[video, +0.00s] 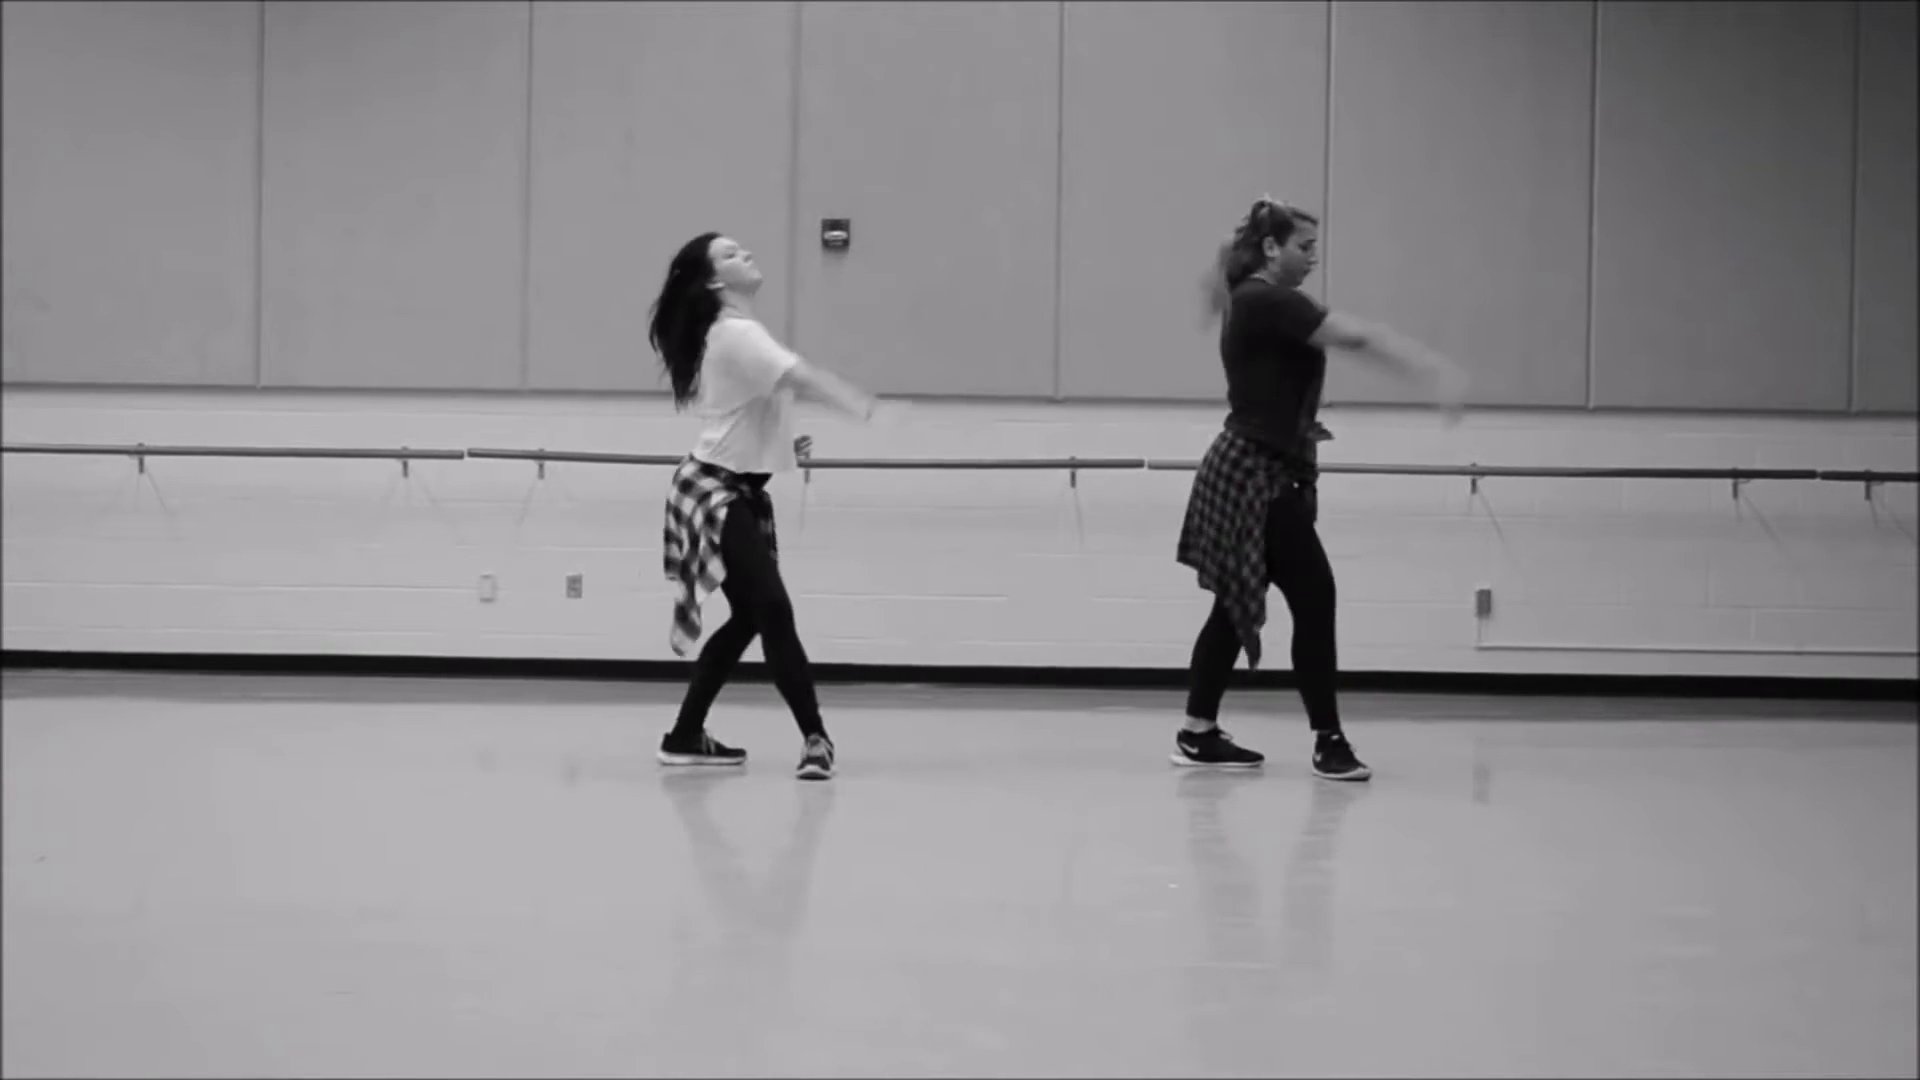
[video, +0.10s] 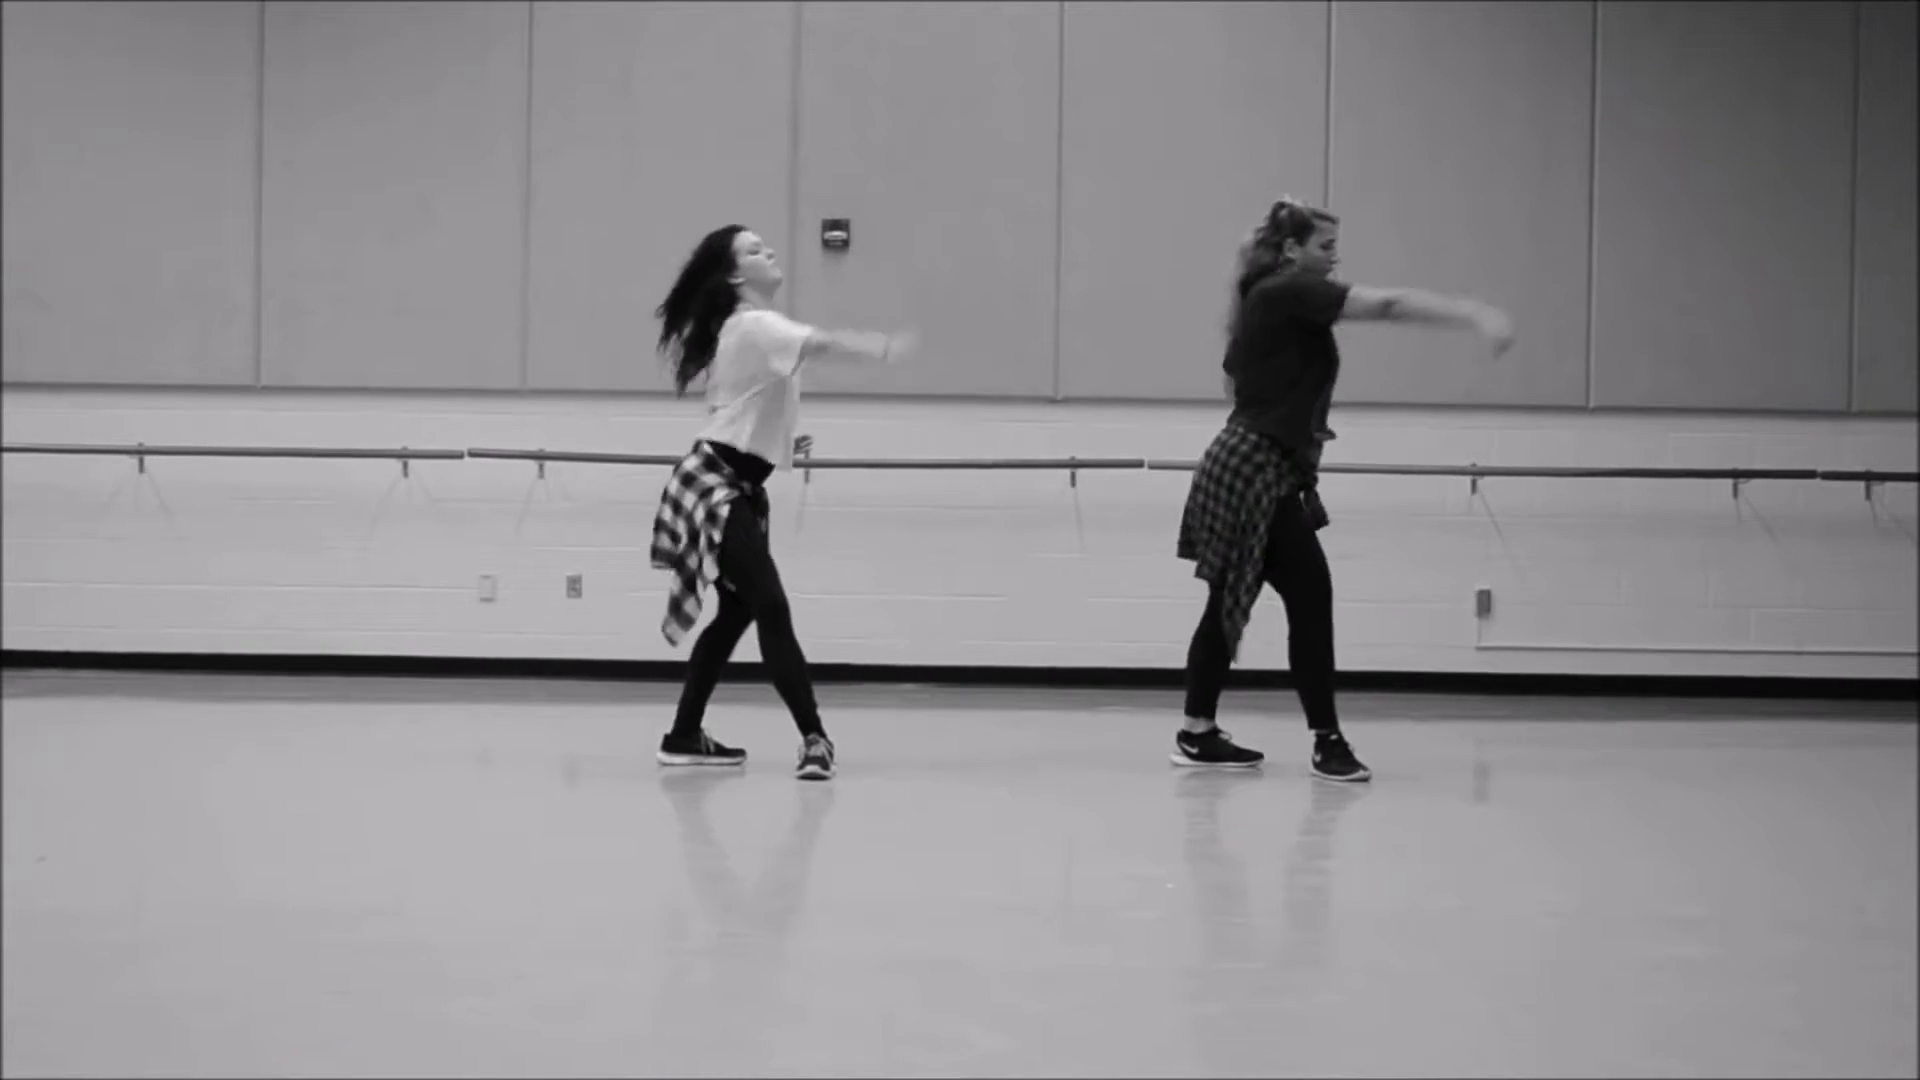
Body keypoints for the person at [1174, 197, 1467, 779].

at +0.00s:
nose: (1311, 259)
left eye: (1314, 249)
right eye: (1303, 248)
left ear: (1274, 250)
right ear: (1270, 247)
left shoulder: (1256, 300)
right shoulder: (1270, 300)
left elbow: (1258, 385)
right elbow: (1359, 337)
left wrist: (1299, 425)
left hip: (1258, 473)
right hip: (1262, 478)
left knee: (1236, 602)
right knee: (1314, 596)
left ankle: (1198, 730)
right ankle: (1328, 741)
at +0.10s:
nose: (1334, 259)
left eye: (1335, 248)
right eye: (1326, 248)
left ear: (1290, 251)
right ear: (1292, 249)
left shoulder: (1271, 296)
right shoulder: (1291, 294)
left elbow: (1254, 387)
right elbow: (1387, 304)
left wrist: (1302, 463)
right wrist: (1475, 313)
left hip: (1253, 468)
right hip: (1259, 473)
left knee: (1230, 599)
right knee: (1311, 594)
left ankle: (1196, 729)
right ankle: (1328, 741)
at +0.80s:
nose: (1403, 304)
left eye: (1406, 293)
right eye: (1400, 291)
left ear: (1373, 287)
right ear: (1371, 282)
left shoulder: (1355, 342)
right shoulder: (1312, 288)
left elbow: (1321, 427)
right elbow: (1368, 200)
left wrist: (1383, 419)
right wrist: (1385, 227)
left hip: (1280, 484)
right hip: (1243, 472)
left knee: (1225, 601)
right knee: (1308, 594)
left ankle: (1196, 730)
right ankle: (1327, 741)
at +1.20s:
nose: (1379, 278)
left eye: (1389, 269)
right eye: (1369, 267)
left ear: (1400, 279)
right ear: (1349, 269)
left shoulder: (1384, 342)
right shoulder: (1319, 298)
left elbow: (1422, 391)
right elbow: (1345, 199)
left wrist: (1403, 304)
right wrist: (1395, 232)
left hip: (1296, 492)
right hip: (1256, 479)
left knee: (1252, 619)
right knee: (1317, 598)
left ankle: (1199, 729)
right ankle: (1326, 742)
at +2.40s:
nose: (1518, 259)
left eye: (1529, 253)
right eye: (1506, 250)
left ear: (1539, 270)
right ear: (1483, 265)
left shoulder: (1568, 324)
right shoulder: (1463, 330)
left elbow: (1639, 360)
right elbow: (1396, 326)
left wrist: (1561, 389)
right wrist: (1474, 355)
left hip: (1540, 507)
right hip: (1454, 503)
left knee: (1596, 634)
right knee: (1396, 616)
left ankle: (1597, 748)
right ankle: (1328, 737)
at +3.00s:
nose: (1550, 272)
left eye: (1560, 266)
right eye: (1538, 262)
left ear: (1569, 280)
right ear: (1513, 273)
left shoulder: (1591, 342)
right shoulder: (1487, 334)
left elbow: (1682, 373)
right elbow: (1456, 368)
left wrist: (1627, 395)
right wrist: (1542, 382)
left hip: (1544, 510)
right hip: (1461, 501)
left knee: (1594, 623)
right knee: (1398, 617)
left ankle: (1597, 747)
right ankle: (1330, 737)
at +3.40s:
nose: (1600, 292)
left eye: (1604, 282)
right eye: (1595, 277)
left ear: (1574, 278)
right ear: (1558, 268)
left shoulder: (1586, 353)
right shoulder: (1485, 306)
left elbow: (1636, 432)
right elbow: (1436, 234)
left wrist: (1567, 449)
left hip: (1544, 506)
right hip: (1458, 497)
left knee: (1577, 628)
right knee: (1407, 620)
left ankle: (1594, 748)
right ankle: (1349, 740)